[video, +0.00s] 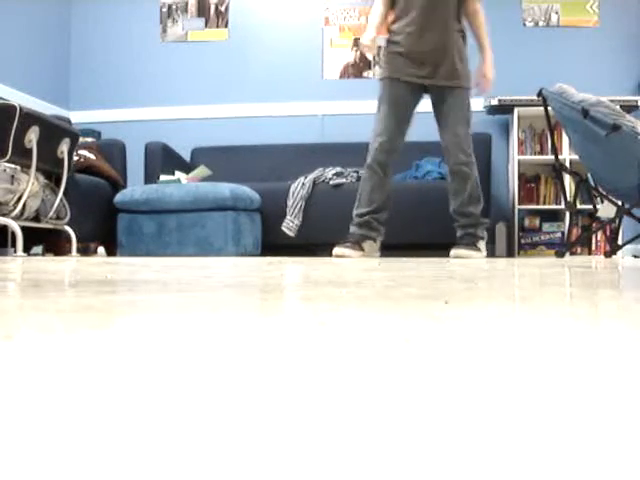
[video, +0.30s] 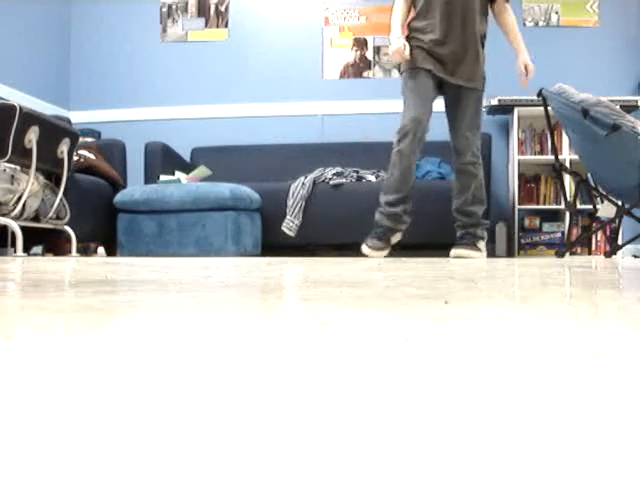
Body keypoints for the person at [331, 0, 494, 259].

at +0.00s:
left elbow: (472, 7)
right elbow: (383, 5)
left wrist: (486, 58)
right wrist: (370, 34)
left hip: (449, 60)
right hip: (401, 58)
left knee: (459, 154)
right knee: (381, 149)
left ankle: (470, 238)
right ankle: (364, 238)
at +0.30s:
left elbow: (501, 6)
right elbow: (404, 3)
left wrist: (522, 51)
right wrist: (397, 36)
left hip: (468, 57)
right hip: (422, 52)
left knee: (467, 151)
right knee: (412, 127)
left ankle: (470, 234)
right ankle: (388, 224)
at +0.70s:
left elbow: (484, 5)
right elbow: (397, 4)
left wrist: (488, 46)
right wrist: (385, 41)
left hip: (462, 56)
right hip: (416, 54)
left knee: (464, 149)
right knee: (407, 142)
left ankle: (470, 237)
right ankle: (400, 235)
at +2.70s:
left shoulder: (470, 3)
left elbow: (477, 22)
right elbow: (389, 8)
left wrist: (489, 73)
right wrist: (381, 49)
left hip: (445, 73)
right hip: (401, 67)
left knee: (447, 158)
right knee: (389, 152)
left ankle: (449, 238)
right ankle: (375, 236)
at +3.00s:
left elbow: (437, 15)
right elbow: (349, 12)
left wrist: (451, 62)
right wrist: (348, 51)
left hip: (410, 72)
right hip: (365, 69)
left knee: (419, 157)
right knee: (355, 154)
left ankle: (431, 238)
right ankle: (348, 238)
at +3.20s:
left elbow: (409, 7)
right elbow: (324, 16)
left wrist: (422, 46)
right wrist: (319, 60)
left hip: (389, 67)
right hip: (344, 68)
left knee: (401, 151)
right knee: (342, 156)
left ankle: (412, 234)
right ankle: (344, 237)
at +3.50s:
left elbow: (399, 4)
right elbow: (305, 24)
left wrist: (415, 35)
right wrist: (282, 64)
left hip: (373, 60)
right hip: (328, 64)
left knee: (372, 143)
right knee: (331, 154)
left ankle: (385, 235)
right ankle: (337, 236)